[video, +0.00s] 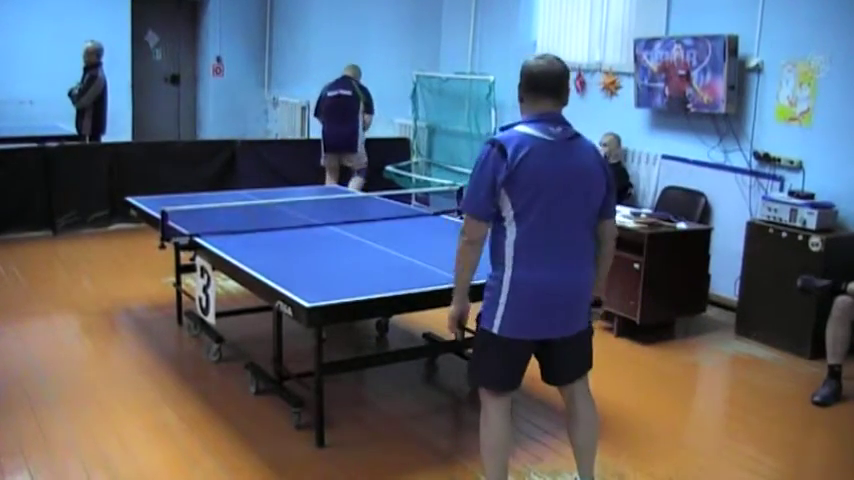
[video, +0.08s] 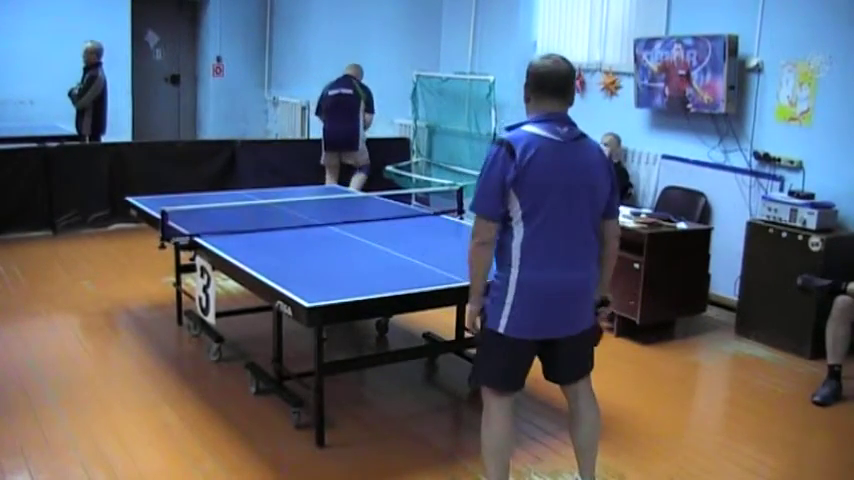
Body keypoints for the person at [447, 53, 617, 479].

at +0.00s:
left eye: (519, 90)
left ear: (520, 92)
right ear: (567, 94)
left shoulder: (502, 149)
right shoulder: (592, 156)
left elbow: (472, 235)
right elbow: (607, 235)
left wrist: (459, 298)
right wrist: (596, 288)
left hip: (513, 304)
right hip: (572, 303)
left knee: (496, 398)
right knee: (577, 389)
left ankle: (495, 476)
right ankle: (587, 475)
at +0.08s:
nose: (524, 95)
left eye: (525, 89)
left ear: (526, 92)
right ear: (573, 93)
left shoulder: (510, 147)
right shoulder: (596, 154)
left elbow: (483, 235)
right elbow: (610, 233)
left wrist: (475, 297)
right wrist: (603, 291)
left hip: (519, 300)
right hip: (576, 299)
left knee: (498, 396)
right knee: (580, 389)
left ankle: (496, 475)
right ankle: (588, 475)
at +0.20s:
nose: (532, 95)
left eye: (534, 88)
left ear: (535, 92)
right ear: (579, 94)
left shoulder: (519, 147)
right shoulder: (604, 154)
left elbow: (495, 234)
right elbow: (616, 232)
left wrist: (489, 296)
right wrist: (609, 288)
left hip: (526, 300)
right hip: (583, 300)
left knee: (501, 396)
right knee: (584, 390)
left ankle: (498, 475)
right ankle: (589, 475)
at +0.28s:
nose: (536, 95)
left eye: (537, 89)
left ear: (540, 92)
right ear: (582, 95)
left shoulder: (525, 148)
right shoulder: (607, 153)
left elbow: (498, 234)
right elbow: (619, 231)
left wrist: (489, 295)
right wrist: (609, 286)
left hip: (532, 297)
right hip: (588, 296)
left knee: (506, 393)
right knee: (587, 389)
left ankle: (499, 476)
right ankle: (589, 475)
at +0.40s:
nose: (540, 95)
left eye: (542, 89)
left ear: (545, 93)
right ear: (588, 95)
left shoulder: (532, 147)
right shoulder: (612, 153)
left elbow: (503, 233)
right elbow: (623, 230)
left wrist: (488, 295)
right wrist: (612, 284)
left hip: (538, 299)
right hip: (593, 298)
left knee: (510, 394)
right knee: (590, 390)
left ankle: (500, 475)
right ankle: (590, 475)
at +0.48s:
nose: (542, 96)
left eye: (544, 90)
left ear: (548, 93)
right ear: (590, 95)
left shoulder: (535, 147)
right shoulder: (615, 153)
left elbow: (505, 233)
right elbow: (625, 230)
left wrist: (489, 296)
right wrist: (612, 284)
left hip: (540, 299)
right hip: (596, 299)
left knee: (512, 392)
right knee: (591, 389)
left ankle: (501, 475)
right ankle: (590, 475)